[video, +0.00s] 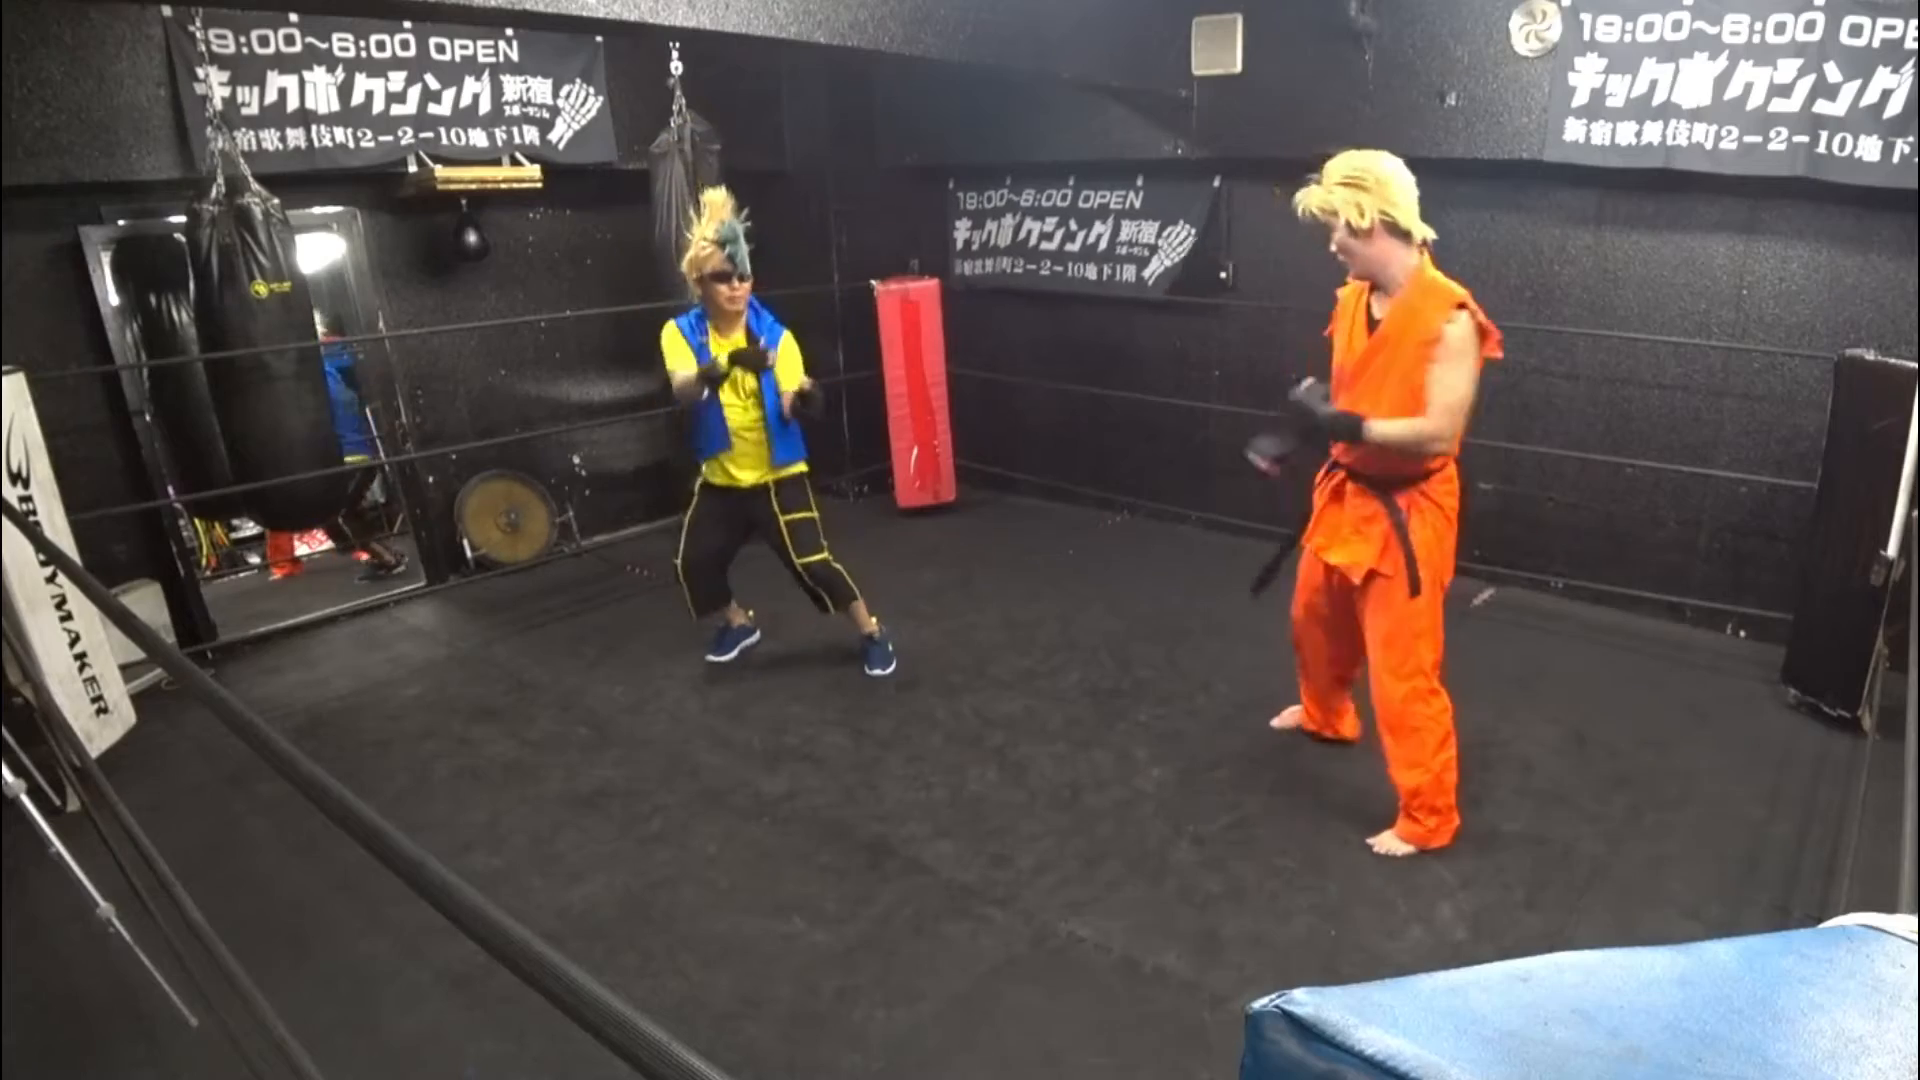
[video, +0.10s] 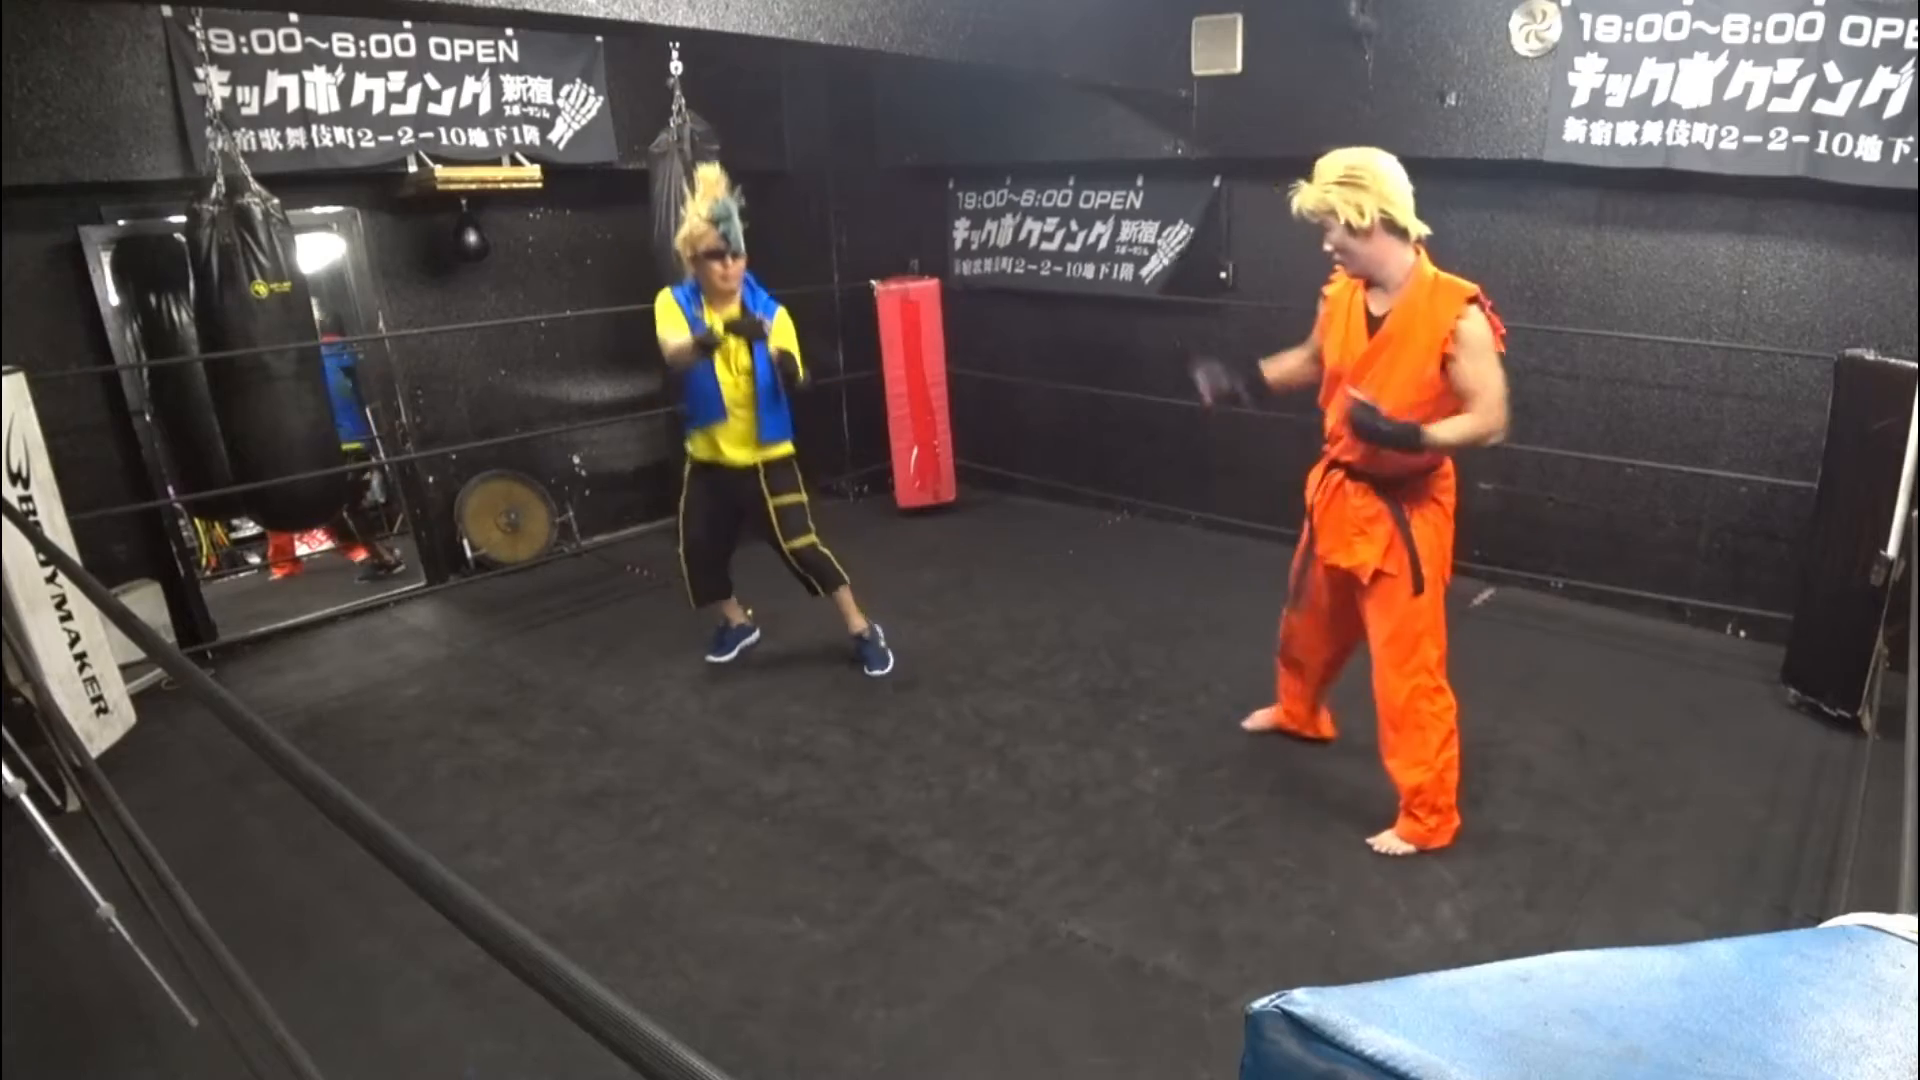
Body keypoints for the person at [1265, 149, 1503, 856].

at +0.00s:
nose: (1332, 249)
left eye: (1338, 233)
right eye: (1330, 235)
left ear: (1376, 225)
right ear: (1374, 227)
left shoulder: (1451, 319)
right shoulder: (1351, 301)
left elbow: (1442, 433)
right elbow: (1342, 395)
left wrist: (1345, 426)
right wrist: (1293, 433)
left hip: (1412, 504)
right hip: (1348, 488)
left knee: (1404, 670)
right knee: (1314, 610)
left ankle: (1429, 819)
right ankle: (1328, 713)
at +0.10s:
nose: (1324, 245)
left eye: (1331, 228)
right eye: (1322, 230)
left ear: (1372, 221)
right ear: (1362, 226)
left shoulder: (1455, 310)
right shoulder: (1343, 294)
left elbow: (1492, 417)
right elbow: (1312, 359)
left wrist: (1414, 436)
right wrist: (1246, 380)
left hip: (1409, 509)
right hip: (1337, 491)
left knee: (1408, 667)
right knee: (1312, 610)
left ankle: (1428, 816)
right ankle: (1300, 710)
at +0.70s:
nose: (1273, 279)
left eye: (1276, 264)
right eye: (1268, 267)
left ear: (1309, 247)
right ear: (1303, 249)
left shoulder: (1384, 316)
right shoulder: (1311, 315)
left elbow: (1426, 406)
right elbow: (1259, 377)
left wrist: (1331, 412)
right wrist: (1224, 364)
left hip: (1379, 512)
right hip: (1319, 503)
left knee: (1371, 673)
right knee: (1277, 622)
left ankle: (1429, 815)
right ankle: (1260, 716)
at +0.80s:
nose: (1286, 291)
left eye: (1290, 275)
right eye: (1280, 278)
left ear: (1325, 258)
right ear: (1321, 260)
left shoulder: (1385, 330)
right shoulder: (1325, 326)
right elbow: (1314, 408)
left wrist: (1269, 372)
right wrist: (1269, 409)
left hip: (1387, 525)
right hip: (1328, 512)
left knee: (1365, 685)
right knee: (1277, 624)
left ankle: (1429, 817)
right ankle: (1261, 715)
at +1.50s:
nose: (1230, 283)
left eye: (1233, 268)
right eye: (1227, 270)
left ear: (1266, 260)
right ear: (1268, 261)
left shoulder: (1355, 331)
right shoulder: (1262, 325)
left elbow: (1329, 412)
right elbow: (1252, 398)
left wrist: (1264, 358)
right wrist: (1191, 383)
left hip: (1325, 519)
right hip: (1256, 508)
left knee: (1346, 654)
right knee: (1197, 627)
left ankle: (1417, 758)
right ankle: (1187, 703)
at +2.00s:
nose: (1177, 245)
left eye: (1182, 230)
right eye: (1174, 232)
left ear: (1216, 222)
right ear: (1213, 225)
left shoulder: (1288, 295)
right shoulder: (1206, 290)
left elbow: (1259, 388)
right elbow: (1197, 377)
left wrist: (1195, 340)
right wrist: (1145, 337)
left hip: (1276, 480)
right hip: (1212, 474)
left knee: (1297, 627)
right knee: (1186, 606)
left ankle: (1378, 763)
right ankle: (1203, 717)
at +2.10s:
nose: (1160, 221)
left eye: (1165, 205)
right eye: (1156, 208)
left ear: (1197, 193)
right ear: (1189, 197)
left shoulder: (1272, 264)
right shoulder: (1190, 261)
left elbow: (1243, 357)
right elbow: (1165, 331)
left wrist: (1182, 302)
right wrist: (1120, 294)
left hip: (1261, 451)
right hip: (1196, 445)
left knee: (1250, 594)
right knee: (1160, 574)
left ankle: (1321, 733)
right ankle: (1193, 711)